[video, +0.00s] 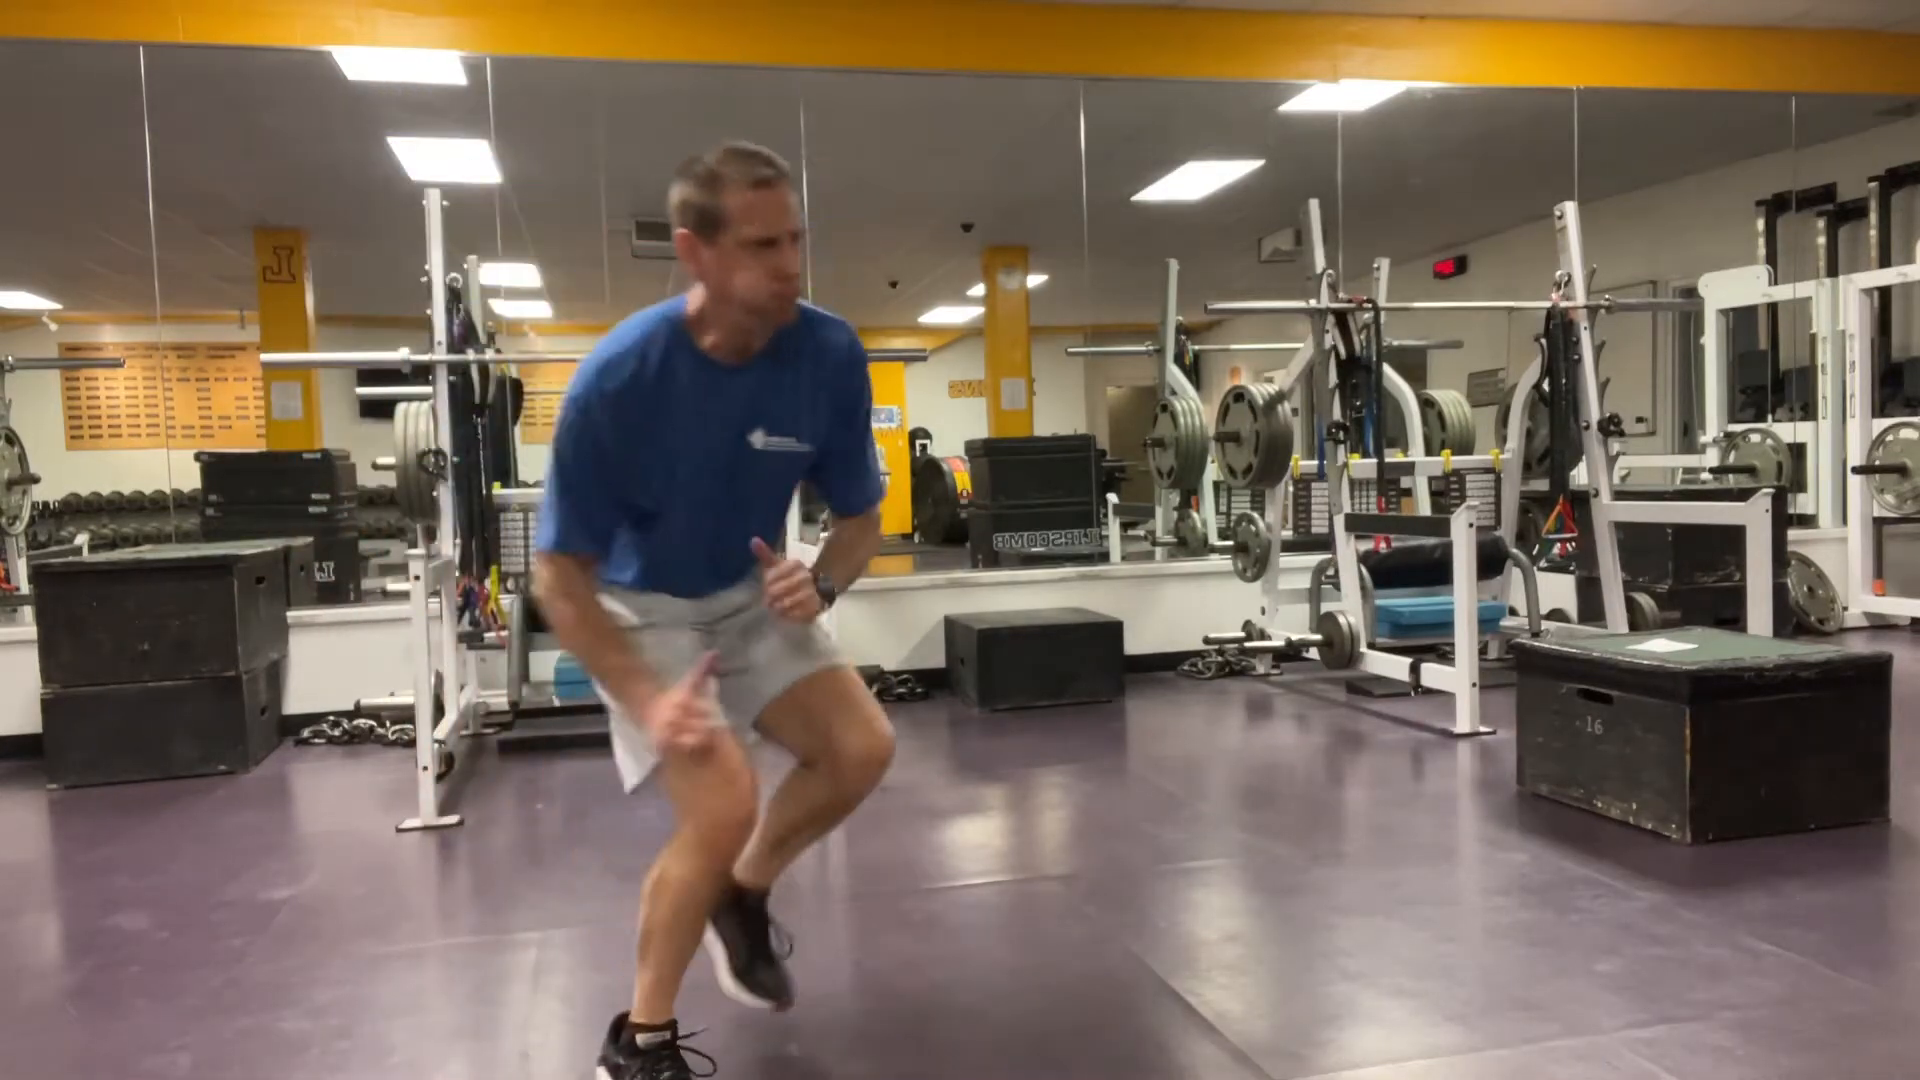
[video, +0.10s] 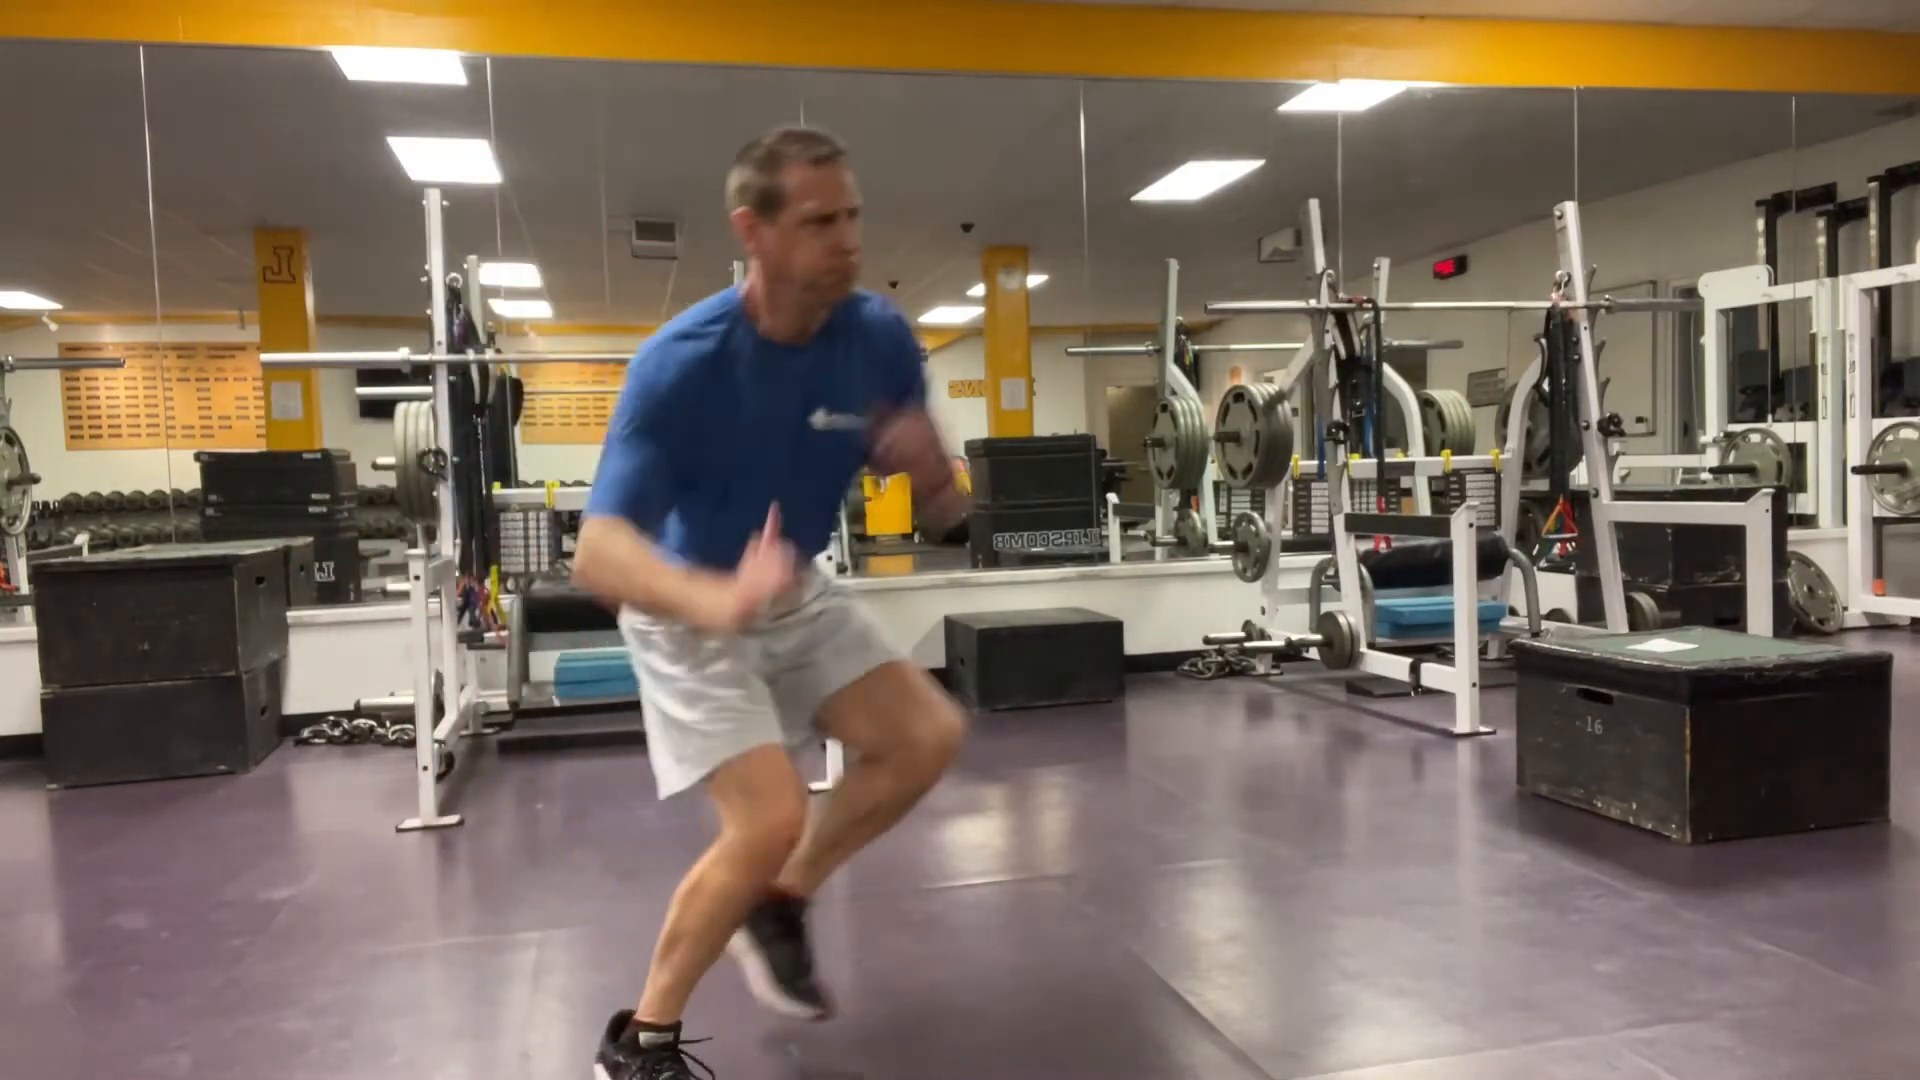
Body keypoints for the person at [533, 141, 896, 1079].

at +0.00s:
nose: (790, 267)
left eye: (795, 242)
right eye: (762, 246)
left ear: (804, 242)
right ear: (695, 256)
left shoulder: (829, 356)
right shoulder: (615, 383)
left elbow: (858, 509)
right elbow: (560, 574)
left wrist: (820, 579)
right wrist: (642, 694)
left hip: (753, 595)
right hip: (636, 611)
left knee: (861, 750)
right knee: (721, 813)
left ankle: (742, 890)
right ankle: (644, 1034)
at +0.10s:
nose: (847, 241)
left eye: (852, 218)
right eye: (820, 224)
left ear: (859, 219)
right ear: (751, 232)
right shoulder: (680, 365)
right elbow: (597, 550)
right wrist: (713, 599)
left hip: (798, 593)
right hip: (685, 611)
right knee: (770, 824)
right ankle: (645, 1037)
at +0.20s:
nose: (912, 194)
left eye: (917, 174)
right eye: (888, 177)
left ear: (923, 179)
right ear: (820, 188)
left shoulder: (953, 285)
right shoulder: (767, 287)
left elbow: (1092, 306)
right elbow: (663, 350)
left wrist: (1124, 237)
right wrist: (714, 343)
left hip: (858, 563)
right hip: (749, 572)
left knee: (1036, 663)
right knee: (804, 822)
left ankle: (907, 820)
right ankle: (652, 1031)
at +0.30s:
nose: (1005, 134)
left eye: (1010, 113)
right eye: (984, 115)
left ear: (1012, 118)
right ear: (920, 119)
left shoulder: (1022, 190)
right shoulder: (858, 187)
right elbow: (732, 154)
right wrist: (757, 168)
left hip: (959, 501)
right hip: (855, 508)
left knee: (1136, 572)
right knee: (834, 778)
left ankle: (1015, 719)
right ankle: (670, 1009)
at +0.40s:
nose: (1110, 104)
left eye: (1117, 85)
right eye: (1092, 83)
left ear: (1114, 91)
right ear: (1030, 81)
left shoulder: (1111, 175)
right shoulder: (961, 162)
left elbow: (1209, 191)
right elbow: (807, 157)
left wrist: (1307, 218)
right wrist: (886, 226)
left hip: (1049, 453)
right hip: (953, 463)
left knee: (1212, 531)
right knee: (978, 706)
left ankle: (1117, 667)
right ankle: (809, 907)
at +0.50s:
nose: (1217, 134)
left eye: (1224, 117)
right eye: (1202, 113)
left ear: (1218, 122)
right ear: (1142, 106)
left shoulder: (1196, 229)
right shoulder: (1055, 196)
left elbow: (1242, 330)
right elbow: (922, 263)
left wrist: (1306, 395)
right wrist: (1033, 355)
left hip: (1117, 459)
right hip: (1023, 466)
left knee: (1263, 569)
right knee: (1127, 667)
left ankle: (1229, 702)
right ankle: (1045, 846)